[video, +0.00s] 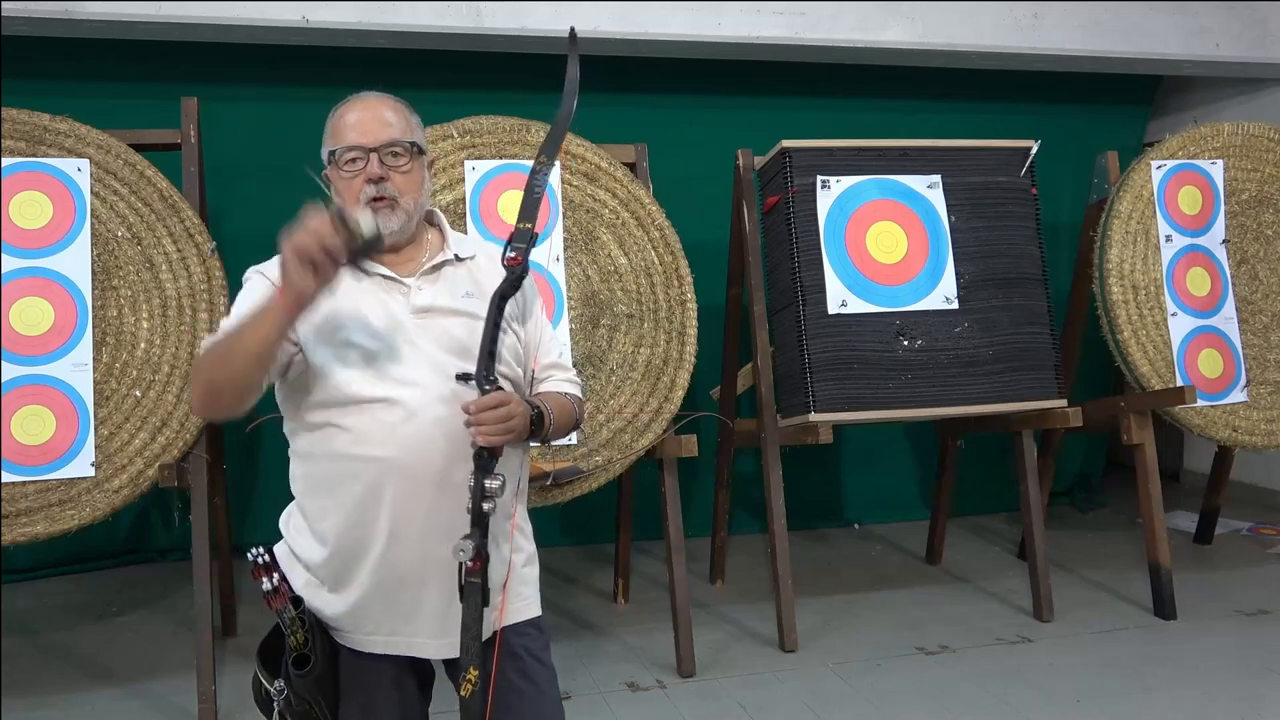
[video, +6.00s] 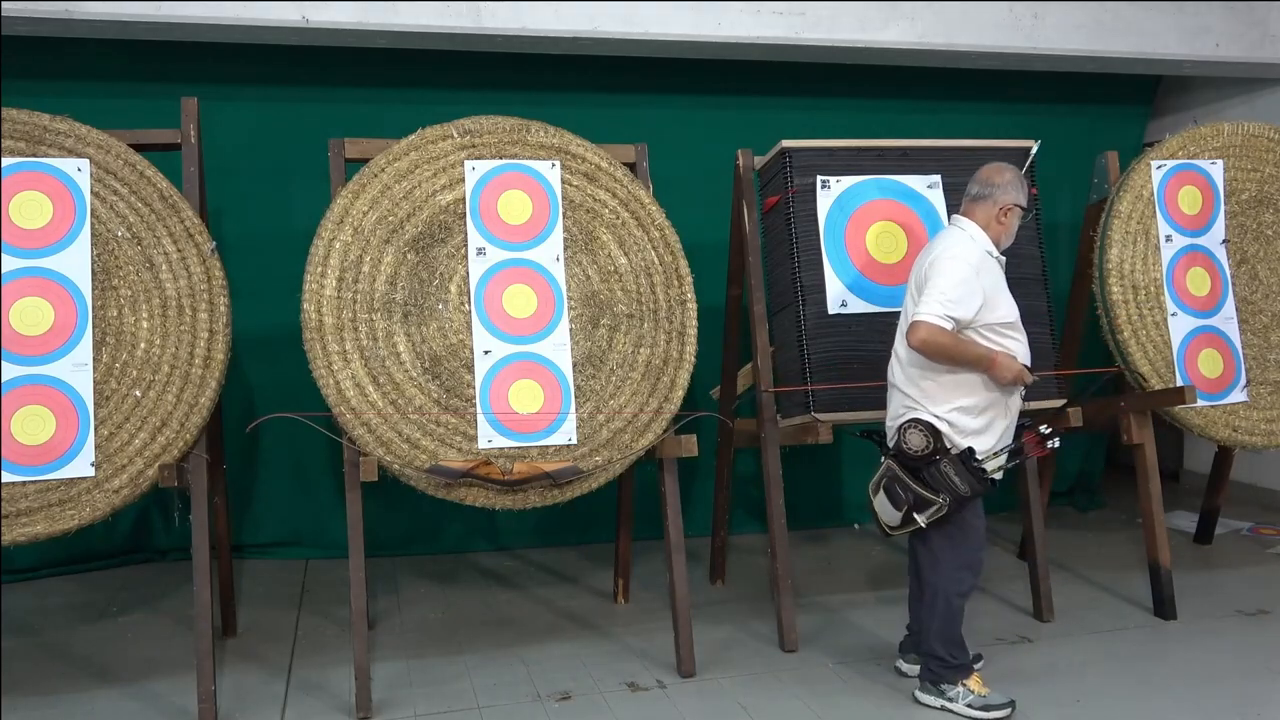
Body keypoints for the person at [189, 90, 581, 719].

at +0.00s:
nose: (376, 173)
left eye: (398, 154)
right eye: (353, 159)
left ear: (427, 168)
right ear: (328, 179)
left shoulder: (499, 274)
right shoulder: (287, 282)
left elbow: (565, 397)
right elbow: (213, 400)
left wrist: (532, 416)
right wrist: (288, 298)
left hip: (495, 592)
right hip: (355, 601)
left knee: (534, 713)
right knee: (369, 711)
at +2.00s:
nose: (340, 158)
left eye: (362, 127)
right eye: (305, 136)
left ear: (393, 136)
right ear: (263, 159)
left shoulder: (432, 246)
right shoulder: (217, 305)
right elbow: (145, 523)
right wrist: (270, 514)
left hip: (476, 680)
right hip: (308, 700)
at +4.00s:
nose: (827, 221)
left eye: (829, 208)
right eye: (829, 209)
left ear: (753, 186)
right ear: (816, 210)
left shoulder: (690, 264)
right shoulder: (789, 289)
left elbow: (690, 396)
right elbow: (791, 442)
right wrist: (860, 416)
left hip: (693, 525)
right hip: (780, 536)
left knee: (689, 673)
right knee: (815, 694)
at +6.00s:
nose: (1019, 224)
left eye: (1020, 215)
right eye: (1019, 213)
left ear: (976, 203)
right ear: (1000, 210)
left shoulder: (954, 246)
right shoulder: (963, 252)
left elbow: (935, 336)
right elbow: (926, 333)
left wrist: (996, 362)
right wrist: (991, 361)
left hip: (938, 433)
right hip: (943, 440)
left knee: (936, 548)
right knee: (955, 558)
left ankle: (921, 645)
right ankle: (944, 675)